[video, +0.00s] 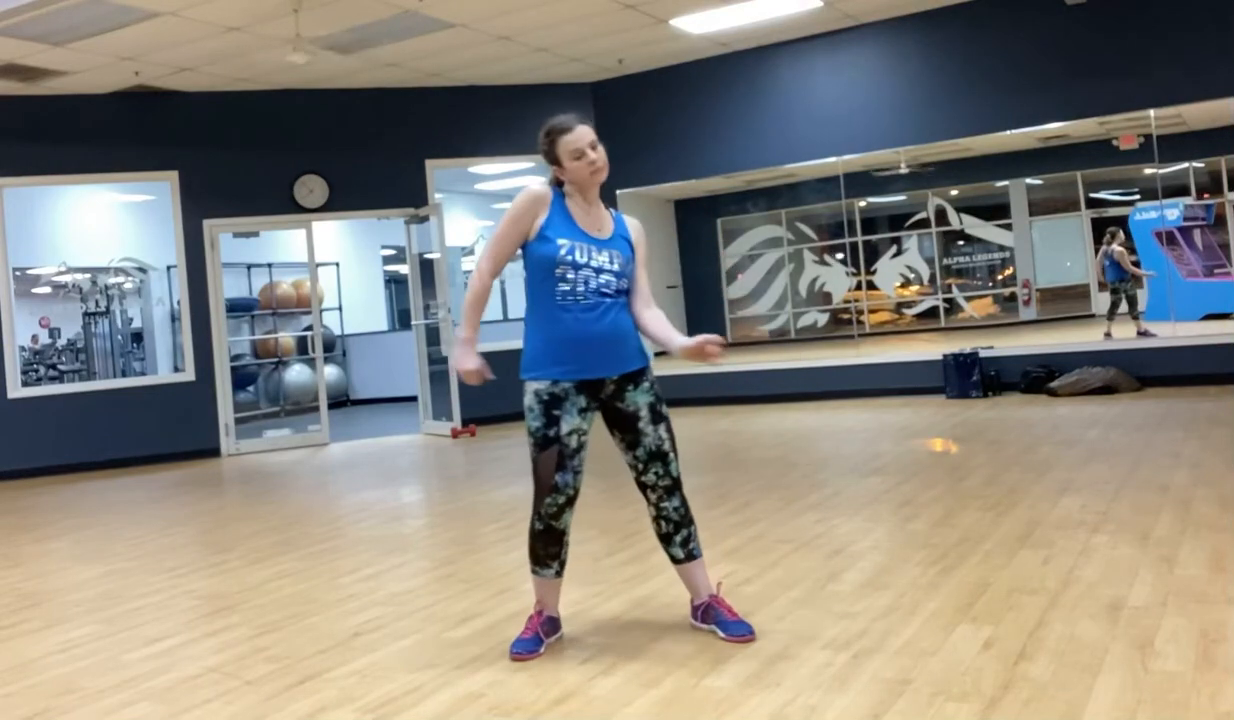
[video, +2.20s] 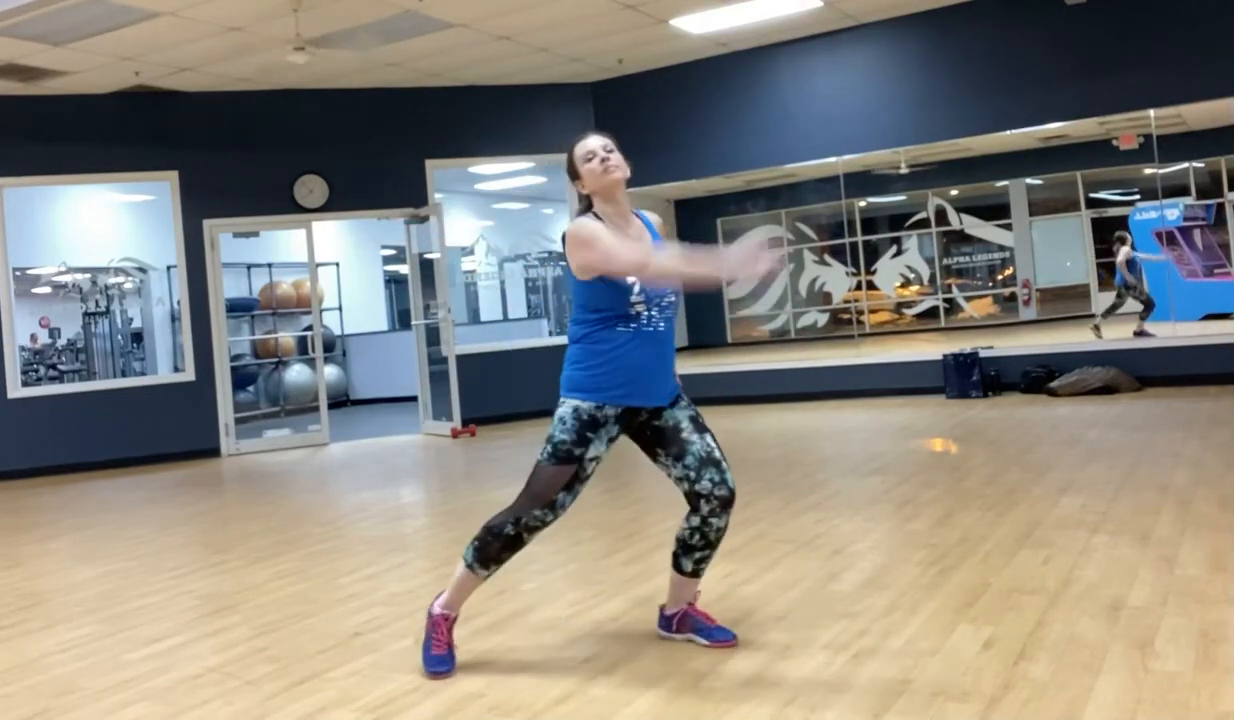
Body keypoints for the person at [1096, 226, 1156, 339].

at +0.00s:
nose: (1123, 236)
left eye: (1122, 233)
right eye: (1121, 234)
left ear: (1111, 237)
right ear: (1117, 236)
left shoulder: (1104, 249)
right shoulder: (1120, 251)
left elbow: (1098, 262)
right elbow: (1129, 267)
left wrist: (1100, 276)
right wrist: (1145, 273)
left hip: (1112, 281)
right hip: (1125, 281)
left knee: (1114, 304)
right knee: (1133, 303)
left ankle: (1108, 330)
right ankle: (1140, 328)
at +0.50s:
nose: (1123, 234)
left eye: (1121, 233)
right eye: (1121, 233)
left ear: (1110, 237)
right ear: (1119, 235)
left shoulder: (1107, 249)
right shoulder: (1131, 245)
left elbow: (1105, 266)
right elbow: (1140, 259)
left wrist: (1106, 280)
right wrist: (1143, 272)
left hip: (1115, 279)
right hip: (1132, 278)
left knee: (1111, 304)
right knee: (1140, 301)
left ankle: (1107, 330)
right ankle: (1142, 328)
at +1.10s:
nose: (1123, 235)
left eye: (1122, 233)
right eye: (1122, 233)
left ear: (1110, 236)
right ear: (1120, 235)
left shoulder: (1104, 248)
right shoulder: (1125, 248)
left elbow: (1095, 262)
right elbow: (1133, 265)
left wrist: (1090, 275)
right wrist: (1147, 270)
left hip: (1114, 281)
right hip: (1129, 279)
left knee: (1114, 305)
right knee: (1134, 304)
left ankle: (1108, 330)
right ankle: (1141, 328)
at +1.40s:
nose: (1121, 234)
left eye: (1119, 232)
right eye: (1119, 233)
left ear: (1107, 235)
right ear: (1117, 235)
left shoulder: (1102, 247)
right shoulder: (1122, 247)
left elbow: (1089, 256)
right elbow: (1127, 264)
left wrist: (1077, 264)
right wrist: (1135, 275)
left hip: (1109, 280)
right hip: (1124, 279)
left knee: (1111, 304)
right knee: (1134, 301)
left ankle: (1107, 330)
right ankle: (1140, 326)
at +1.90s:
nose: (1129, 234)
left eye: (1128, 232)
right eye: (1127, 233)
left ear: (1117, 237)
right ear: (1124, 236)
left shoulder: (1116, 247)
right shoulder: (1129, 245)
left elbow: (1103, 256)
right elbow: (1128, 259)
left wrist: (1090, 260)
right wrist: (1133, 276)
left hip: (1118, 280)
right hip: (1128, 280)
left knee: (1119, 302)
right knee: (1145, 302)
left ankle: (1101, 322)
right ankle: (1139, 328)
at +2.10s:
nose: (1131, 236)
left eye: (1129, 235)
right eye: (1129, 235)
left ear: (1120, 240)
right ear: (1126, 238)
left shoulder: (1121, 249)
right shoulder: (1127, 248)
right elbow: (1120, 261)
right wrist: (1128, 276)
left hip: (1121, 284)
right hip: (1129, 283)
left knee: (1118, 303)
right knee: (1149, 303)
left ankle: (1098, 323)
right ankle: (1139, 328)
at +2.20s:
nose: (1130, 237)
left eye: (1129, 235)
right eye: (1128, 236)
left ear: (1119, 241)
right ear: (1126, 239)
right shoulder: (1126, 249)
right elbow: (1120, 262)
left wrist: (1163, 257)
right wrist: (1128, 277)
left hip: (1122, 284)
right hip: (1129, 284)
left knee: (1117, 304)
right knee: (1149, 304)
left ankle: (1097, 323)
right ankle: (1139, 328)